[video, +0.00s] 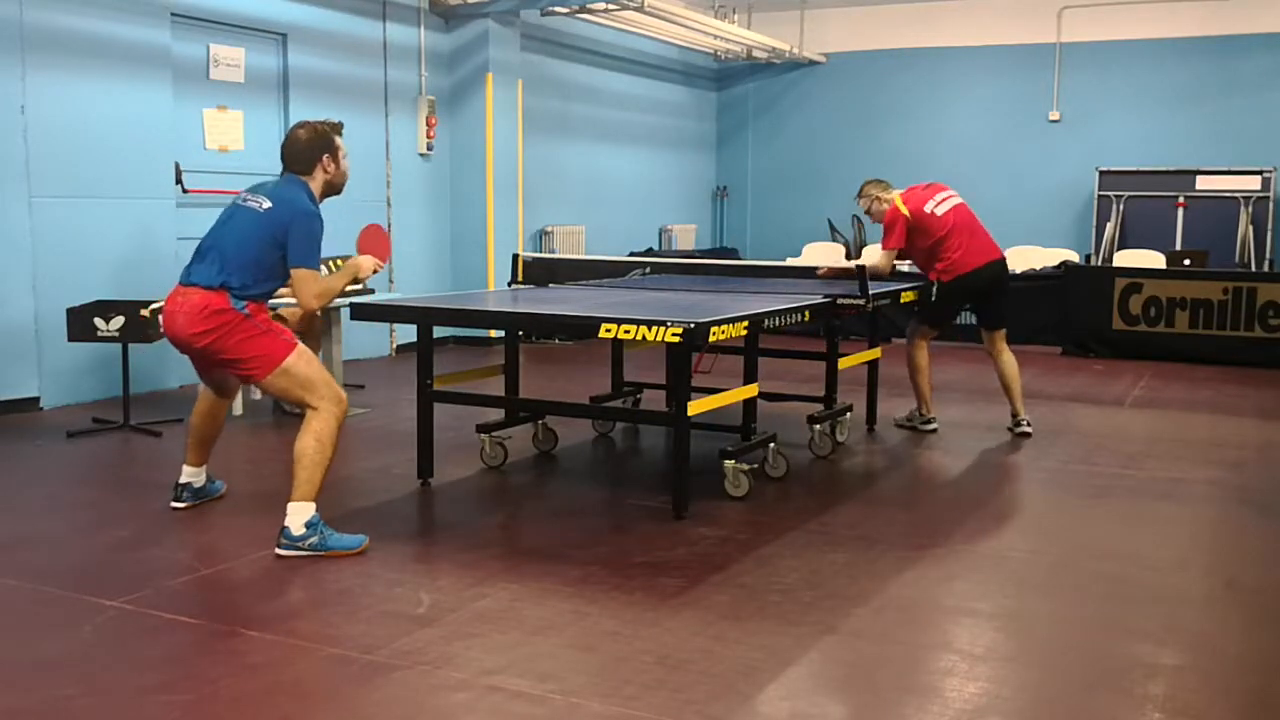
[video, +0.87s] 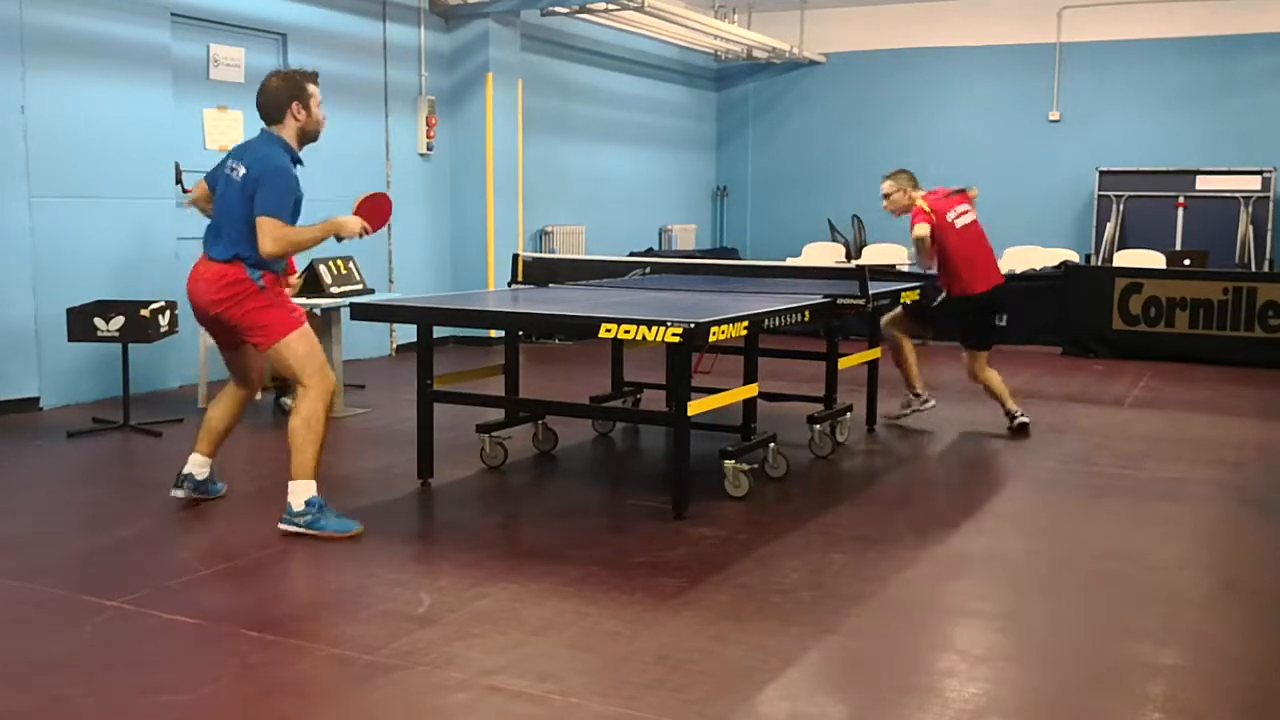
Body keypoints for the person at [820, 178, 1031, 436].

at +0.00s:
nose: (873, 219)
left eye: (870, 212)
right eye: (868, 214)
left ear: (882, 197)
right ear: (889, 191)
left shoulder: (896, 210)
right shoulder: (931, 188)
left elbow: (882, 269)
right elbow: (925, 249)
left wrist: (844, 271)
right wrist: (892, 254)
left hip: (955, 276)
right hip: (994, 266)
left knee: (918, 338)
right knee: (998, 345)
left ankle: (924, 414)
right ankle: (1021, 417)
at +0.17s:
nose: (882, 203)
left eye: (880, 195)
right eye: (878, 198)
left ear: (891, 183)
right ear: (900, 178)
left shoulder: (904, 201)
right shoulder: (950, 175)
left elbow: (888, 252)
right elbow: (993, 203)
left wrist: (849, 254)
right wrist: (960, 220)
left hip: (957, 272)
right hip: (996, 263)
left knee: (918, 337)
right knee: (1000, 345)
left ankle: (924, 413)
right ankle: (1021, 417)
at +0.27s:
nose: (890, 190)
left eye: (889, 181)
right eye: (887, 184)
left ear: (904, 169)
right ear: (913, 166)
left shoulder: (912, 192)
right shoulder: (961, 167)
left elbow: (890, 240)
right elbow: (1005, 190)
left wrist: (851, 233)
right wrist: (971, 203)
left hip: (957, 269)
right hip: (997, 262)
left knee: (922, 337)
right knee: (1001, 344)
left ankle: (924, 413)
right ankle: (1021, 417)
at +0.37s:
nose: (898, 173)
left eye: (899, 165)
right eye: (896, 167)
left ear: (915, 158)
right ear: (924, 155)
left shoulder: (918, 182)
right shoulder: (972, 161)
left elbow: (889, 225)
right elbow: (1014, 183)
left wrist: (861, 203)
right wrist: (980, 191)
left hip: (960, 269)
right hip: (999, 262)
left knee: (924, 336)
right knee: (1003, 342)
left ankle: (925, 412)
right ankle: (1021, 417)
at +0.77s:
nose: (899, 188)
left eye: (901, 180)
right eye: (898, 181)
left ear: (918, 176)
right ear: (929, 175)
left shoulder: (924, 198)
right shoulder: (975, 180)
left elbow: (907, 230)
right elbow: (1016, 174)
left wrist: (893, 232)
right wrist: (977, 176)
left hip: (964, 286)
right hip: (998, 279)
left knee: (909, 335)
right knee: (991, 354)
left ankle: (923, 409)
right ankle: (1017, 415)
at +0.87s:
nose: (885, 205)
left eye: (887, 197)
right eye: (883, 198)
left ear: (906, 192)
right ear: (910, 191)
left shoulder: (921, 208)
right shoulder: (949, 194)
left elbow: (921, 234)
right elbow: (973, 192)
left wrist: (925, 262)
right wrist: (962, 222)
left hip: (962, 296)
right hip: (992, 288)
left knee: (892, 325)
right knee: (979, 368)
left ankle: (918, 394)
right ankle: (1014, 412)